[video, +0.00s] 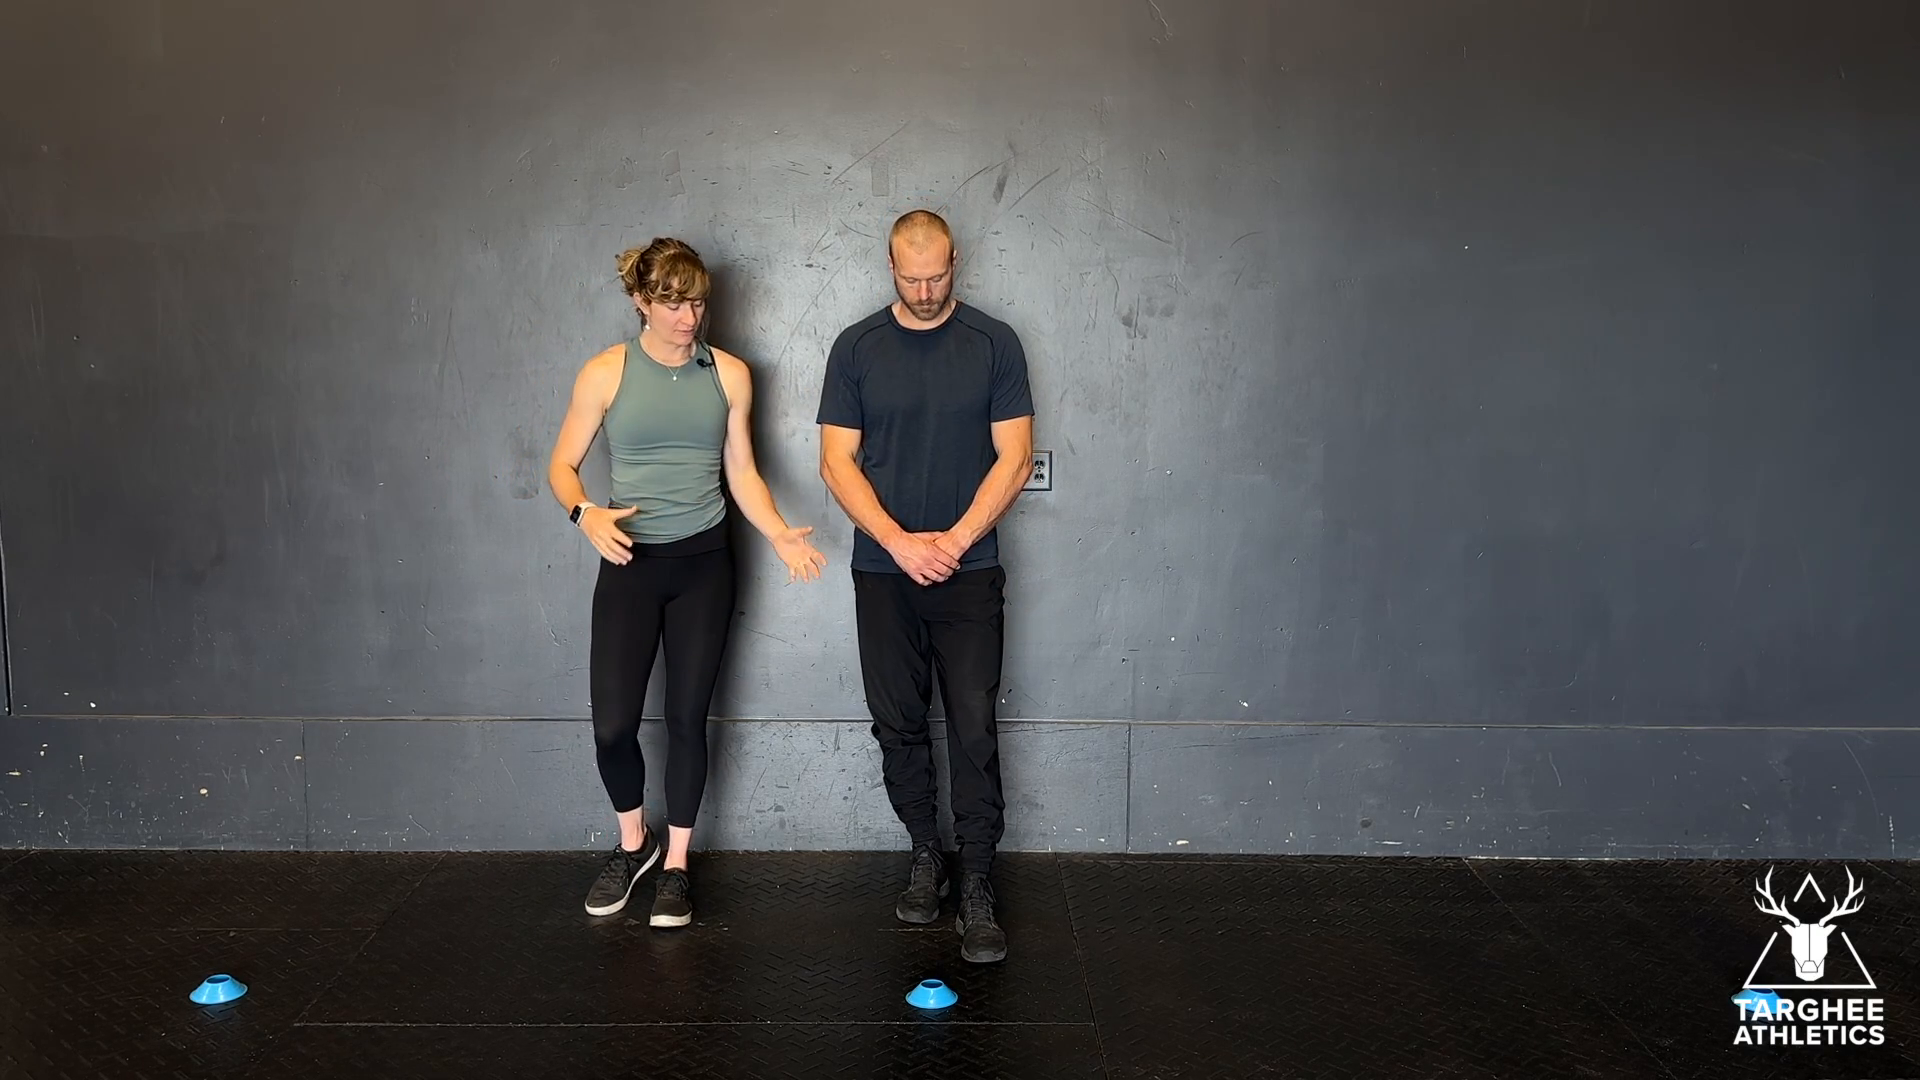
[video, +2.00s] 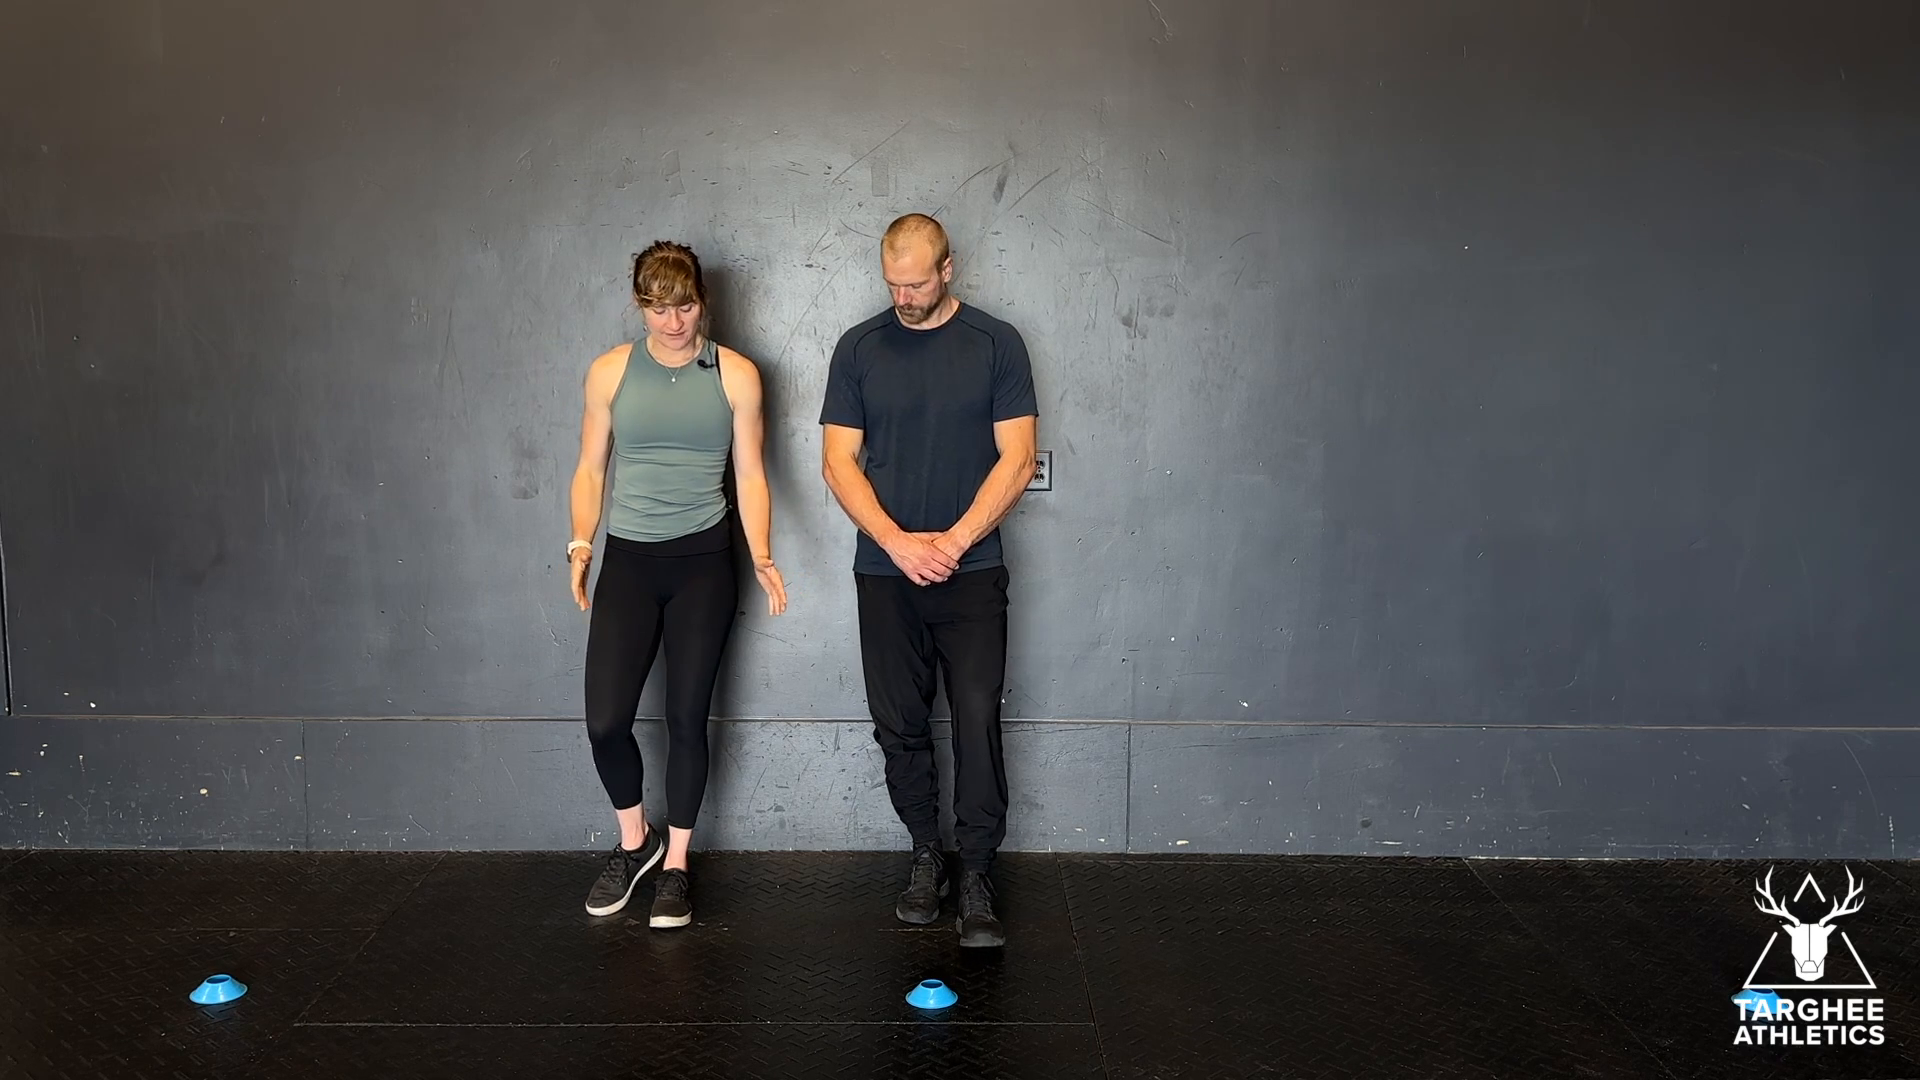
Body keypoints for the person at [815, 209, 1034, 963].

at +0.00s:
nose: (925, 289)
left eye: (936, 276)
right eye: (911, 278)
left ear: (953, 265)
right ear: (892, 269)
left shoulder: (993, 343)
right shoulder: (856, 347)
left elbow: (1015, 462)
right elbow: (836, 465)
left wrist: (953, 541)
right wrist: (897, 540)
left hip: (968, 570)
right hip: (885, 571)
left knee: (974, 728)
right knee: (900, 726)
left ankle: (977, 882)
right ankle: (929, 857)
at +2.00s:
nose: (905, 298)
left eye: (917, 286)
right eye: (895, 285)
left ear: (946, 270)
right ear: (882, 272)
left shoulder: (996, 344)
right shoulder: (859, 348)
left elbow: (1018, 462)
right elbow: (837, 462)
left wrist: (953, 541)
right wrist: (894, 539)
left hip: (971, 567)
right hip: (885, 567)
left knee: (977, 722)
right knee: (900, 723)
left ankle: (977, 875)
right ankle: (929, 856)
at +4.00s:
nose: (935, 296)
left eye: (943, 283)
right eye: (922, 285)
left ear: (951, 270)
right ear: (891, 274)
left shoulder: (984, 341)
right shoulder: (849, 348)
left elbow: (1011, 457)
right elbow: (831, 465)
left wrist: (953, 538)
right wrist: (893, 539)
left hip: (965, 567)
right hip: (882, 571)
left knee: (970, 725)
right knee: (897, 725)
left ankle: (977, 883)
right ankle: (928, 857)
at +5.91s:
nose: (978, 269)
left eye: (990, 256)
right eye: (967, 258)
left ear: (1015, 257)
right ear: (955, 262)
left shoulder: (1057, 339)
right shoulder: (926, 341)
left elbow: (1079, 448)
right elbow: (907, 450)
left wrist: (1023, 525)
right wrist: (967, 523)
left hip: (1031, 550)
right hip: (951, 550)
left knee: (1017, 701)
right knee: (943, 702)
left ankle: (992, 832)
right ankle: (943, 848)